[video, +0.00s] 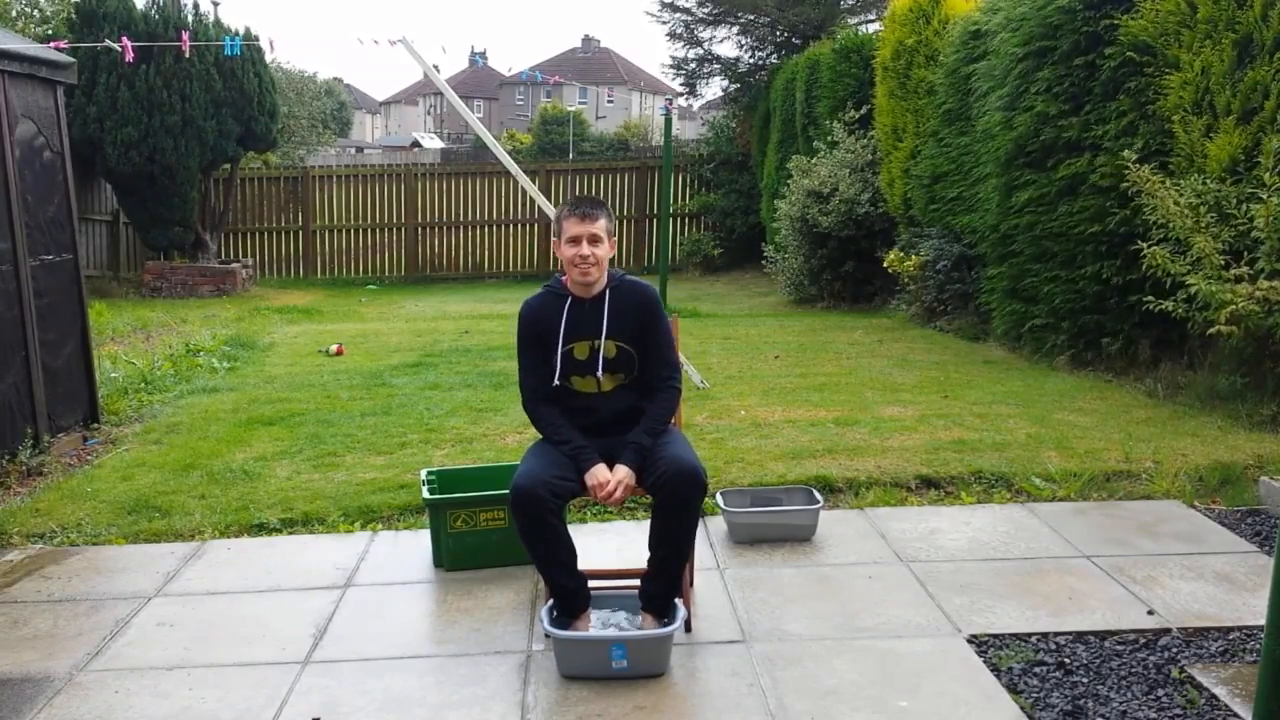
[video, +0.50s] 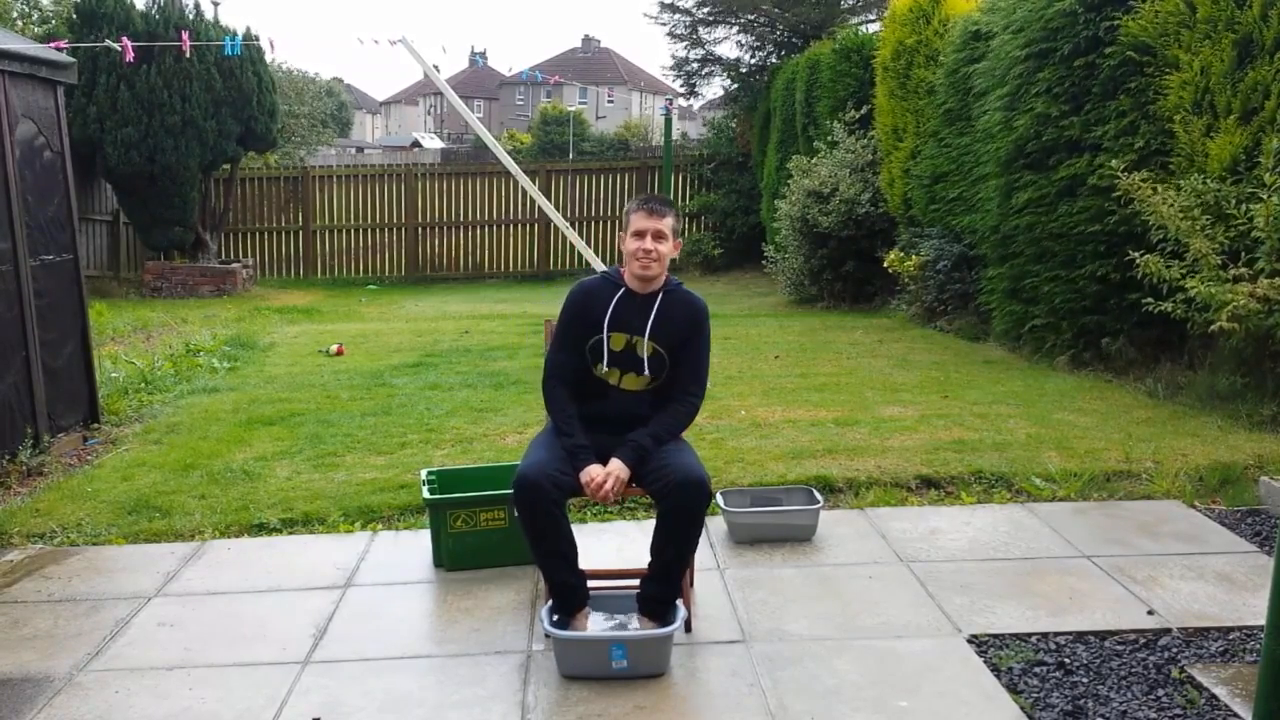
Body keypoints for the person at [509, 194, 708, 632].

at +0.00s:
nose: (584, 252)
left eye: (594, 241)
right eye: (573, 242)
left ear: (611, 247)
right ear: (557, 249)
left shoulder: (641, 300)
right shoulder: (538, 311)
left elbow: (667, 386)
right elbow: (536, 400)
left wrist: (630, 460)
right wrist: (587, 460)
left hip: (640, 433)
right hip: (569, 438)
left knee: (686, 477)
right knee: (527, 491)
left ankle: (657, 604)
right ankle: (573, 606)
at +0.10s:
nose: (593, 251)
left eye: (603, 240)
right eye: (582, 241)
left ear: (620, 246)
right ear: (567, 246)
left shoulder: (649, 300)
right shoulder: (546, 308)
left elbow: (671, 388)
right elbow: (540, 396)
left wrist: (631, 460)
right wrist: (587, 460)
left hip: (644, 433)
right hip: (571, 437)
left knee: (687, 480)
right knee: (528, 491)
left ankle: (656, 604)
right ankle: (572, 604)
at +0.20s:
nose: (607, 249)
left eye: (618, 239)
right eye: (597, 239)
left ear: (636, 245)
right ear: (580, 245)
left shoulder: (661, 302)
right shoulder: (556, 305)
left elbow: (676, 390)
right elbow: (544, 392)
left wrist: (631, 459)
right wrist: (587, 462)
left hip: (647, 434)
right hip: (573, 437)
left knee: (688, 482)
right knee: (529, 490)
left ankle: (655, 607)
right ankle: (572, 607)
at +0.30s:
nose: (623, 246)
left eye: (634, 237)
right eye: (613, 236)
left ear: (652, 246)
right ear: (597, 244)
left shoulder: (672, 305)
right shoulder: (568, 301)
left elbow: (679, 395)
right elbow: (548, 388)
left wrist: (630, 459)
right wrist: (586, 461)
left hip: (648, 435)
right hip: (575, 435)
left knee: (688, 485)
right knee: (529, 489)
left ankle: (656, 605)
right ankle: (571, 604)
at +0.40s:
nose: (637, 245)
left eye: (649, 237)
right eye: (628, 235)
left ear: (666, 248)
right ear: (612, 244)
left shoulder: (683, 309)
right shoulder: (579, 298)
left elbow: (683, 398)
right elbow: (553, 384)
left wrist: (629, 457)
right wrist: (584, 460)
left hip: (649, 436)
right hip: (576, 433)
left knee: (690, 486)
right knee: (530, 487)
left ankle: (656, 604)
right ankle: (570, 603)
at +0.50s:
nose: (647, 246)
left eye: (658, 237)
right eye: (638, 236)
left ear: (675, 248)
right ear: (622, 243)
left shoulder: (689, 311)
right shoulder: (587, 296)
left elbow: (687, 400)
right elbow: (555, 381)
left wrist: (629, 456)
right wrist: (584, 458)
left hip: (651, 434)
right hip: (579, 431)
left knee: (691, 486)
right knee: (532, 482)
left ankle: (656, 605)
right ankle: (571, 605)